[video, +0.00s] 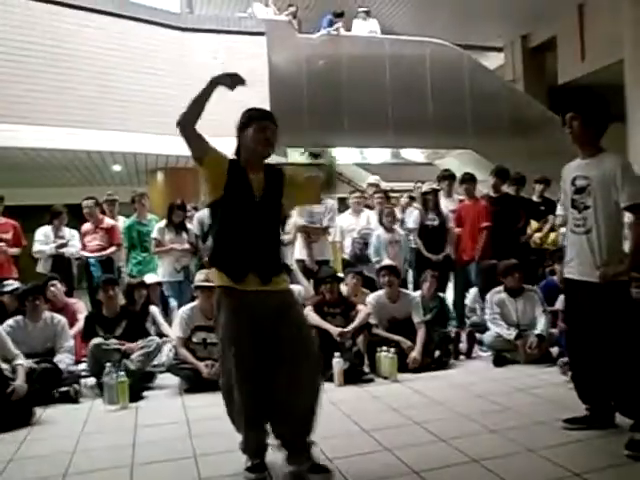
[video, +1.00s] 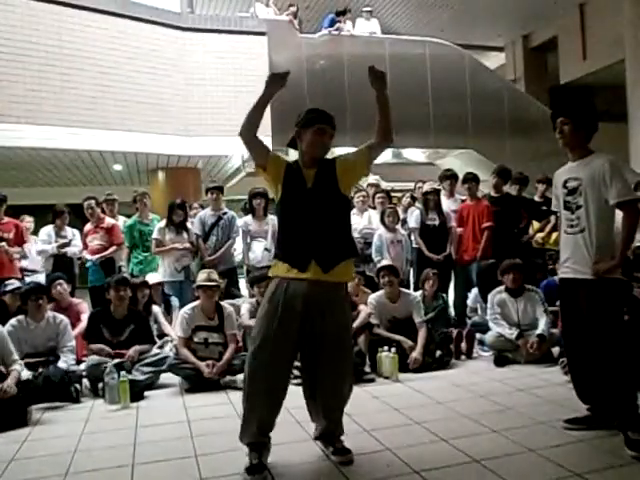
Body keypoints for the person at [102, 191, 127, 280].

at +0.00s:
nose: (111, 208)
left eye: (113, 205)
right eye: (108, 205)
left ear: (117, 206)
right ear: (103, 206)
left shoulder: (124, 221)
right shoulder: (101, 223)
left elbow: (127, 242)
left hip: (120, 262)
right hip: (105, 262)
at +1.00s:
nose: (110, 208)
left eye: (113, 204)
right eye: (107, 204)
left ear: (117, 205)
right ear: (103, 206)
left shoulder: (125, 222)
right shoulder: (101, 222)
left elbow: (129, 241)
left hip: (122, 259)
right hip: (105, 259)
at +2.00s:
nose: (92, 213)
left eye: (94, 210)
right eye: (89, 211)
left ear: (100, 208)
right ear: (87, 212)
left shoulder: (112, 224)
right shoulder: (88, 224)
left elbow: (119, 245)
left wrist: (102, 254)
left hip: (108, 259)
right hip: (93, 259)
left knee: (110, 290)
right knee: (94, 288)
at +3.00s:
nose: (92, 209)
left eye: (95, 206)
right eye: (89, 207)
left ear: (100, 207)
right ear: (87, 210)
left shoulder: (112, 224)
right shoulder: (87, 227)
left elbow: (118, 244)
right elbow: (84, 245)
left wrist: (101, 253)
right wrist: (84, 251)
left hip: (107, 259)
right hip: (91, 260)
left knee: (110, 291)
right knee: (94, 293)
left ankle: (112, 318)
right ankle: (98, 319)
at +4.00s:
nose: (87, 211)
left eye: (89, 208)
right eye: (85, 208)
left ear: (99, 207)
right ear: (85, 210)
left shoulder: (113, 224)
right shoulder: (87, 227)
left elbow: (119, 244)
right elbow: (85, 246)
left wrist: (101, 253)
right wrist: (84, 252)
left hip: (108, 260)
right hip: (93, 262)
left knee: (109, 295)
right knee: (96, 296)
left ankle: (112, 324)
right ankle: (101, 326)